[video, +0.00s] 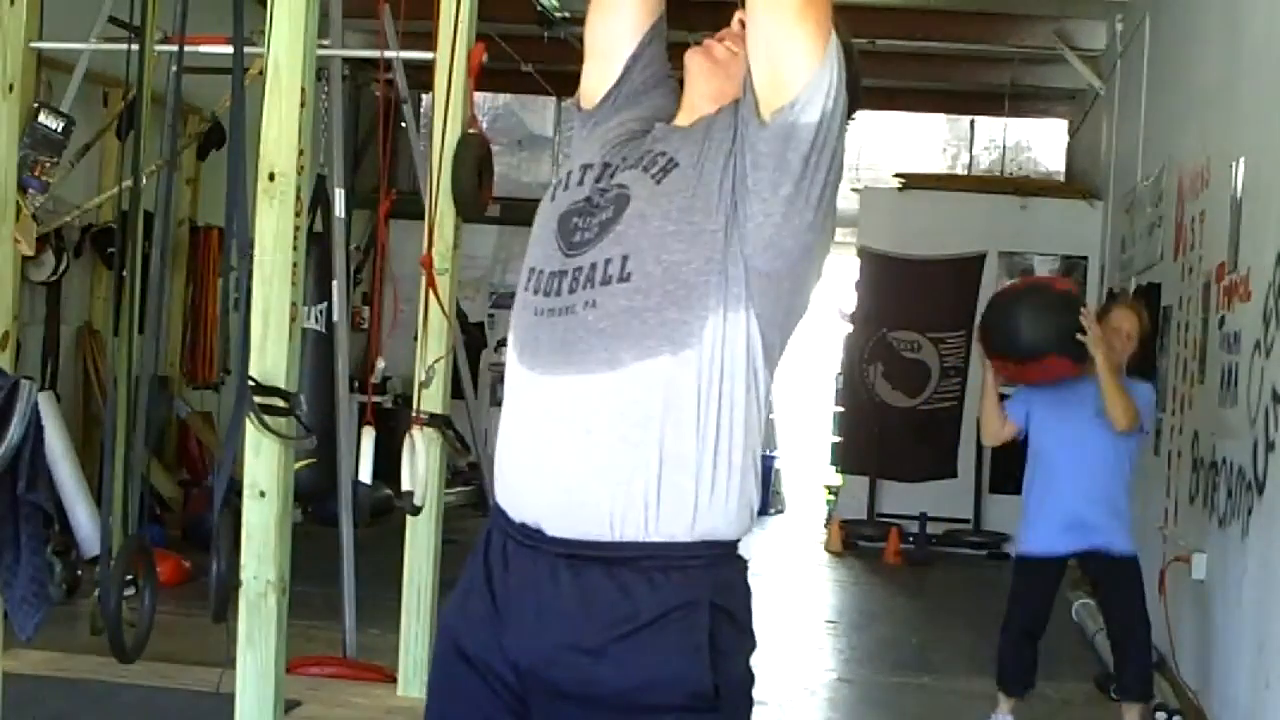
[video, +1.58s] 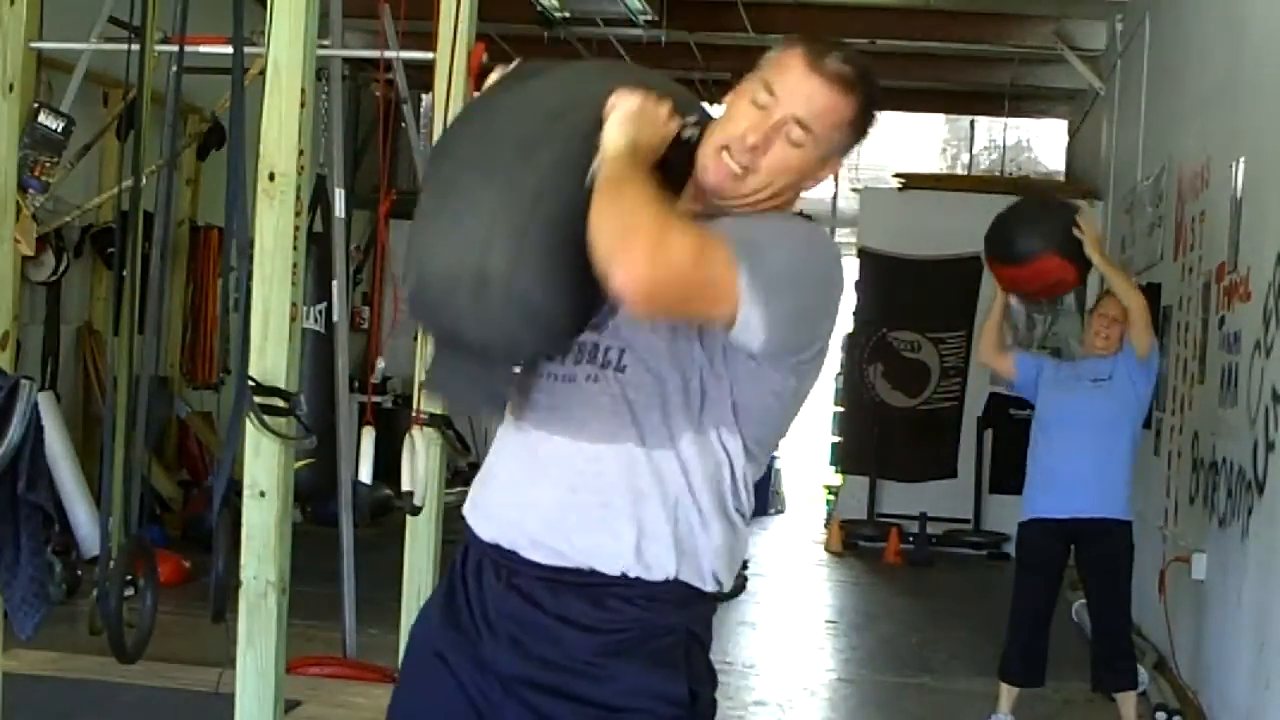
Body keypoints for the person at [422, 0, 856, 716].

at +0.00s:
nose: (729, 29)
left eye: (758, 31)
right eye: (729, 19)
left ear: (779, 74)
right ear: (701, 41)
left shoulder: (778, 152)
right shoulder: (608, 129)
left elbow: (794, 1)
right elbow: (621, 1)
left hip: (660, 597)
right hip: (504, 571)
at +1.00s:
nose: (759, 34)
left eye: (806, 45)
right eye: (773, 26)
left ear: (830, 98)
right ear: (739, 37)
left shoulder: (794, 169)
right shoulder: (613, 132)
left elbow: (803, 0)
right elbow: (530, 3)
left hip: (660, 606)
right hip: (506, 574)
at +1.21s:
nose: (806, 58)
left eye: (833, 64)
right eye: (816, 41)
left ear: (853, 130)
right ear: (767, 45)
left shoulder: (811, 194)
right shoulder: (614, 154)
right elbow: (473, 75)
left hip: (657, 612)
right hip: (504, 577)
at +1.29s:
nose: (795, 73)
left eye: (829, 88)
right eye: (806, 52)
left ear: (854, 156)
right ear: (785, 42)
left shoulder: (816, 215)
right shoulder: (611, 180)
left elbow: (729, 29)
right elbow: (454, 152)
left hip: (646, 624)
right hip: (496, 585)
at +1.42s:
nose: (779, 103)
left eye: (817, 116)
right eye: (792, 75)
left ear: (844, 169)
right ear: (773, 65)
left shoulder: (818, 237)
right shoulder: (629, 191)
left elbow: (686, 115)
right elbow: (487, 229)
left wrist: (683, 32)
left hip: (637, 633)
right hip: (490, 590)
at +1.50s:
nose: (762, 128)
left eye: (804, 132)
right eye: (773, 95)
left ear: (829, 178)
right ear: (752, 83)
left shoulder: (808, 258)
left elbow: (656, 210)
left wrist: (648, 107)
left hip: (630, 637)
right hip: (481, 597)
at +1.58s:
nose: (754, 137)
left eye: (795, 135)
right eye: (761, 100)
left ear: (822, 174)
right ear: (733, 90)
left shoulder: (802, 260)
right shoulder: (619, 200)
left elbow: (644, 270)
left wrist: (627, 147)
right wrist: (503, 125)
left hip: (628, 639)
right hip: (476, 601)